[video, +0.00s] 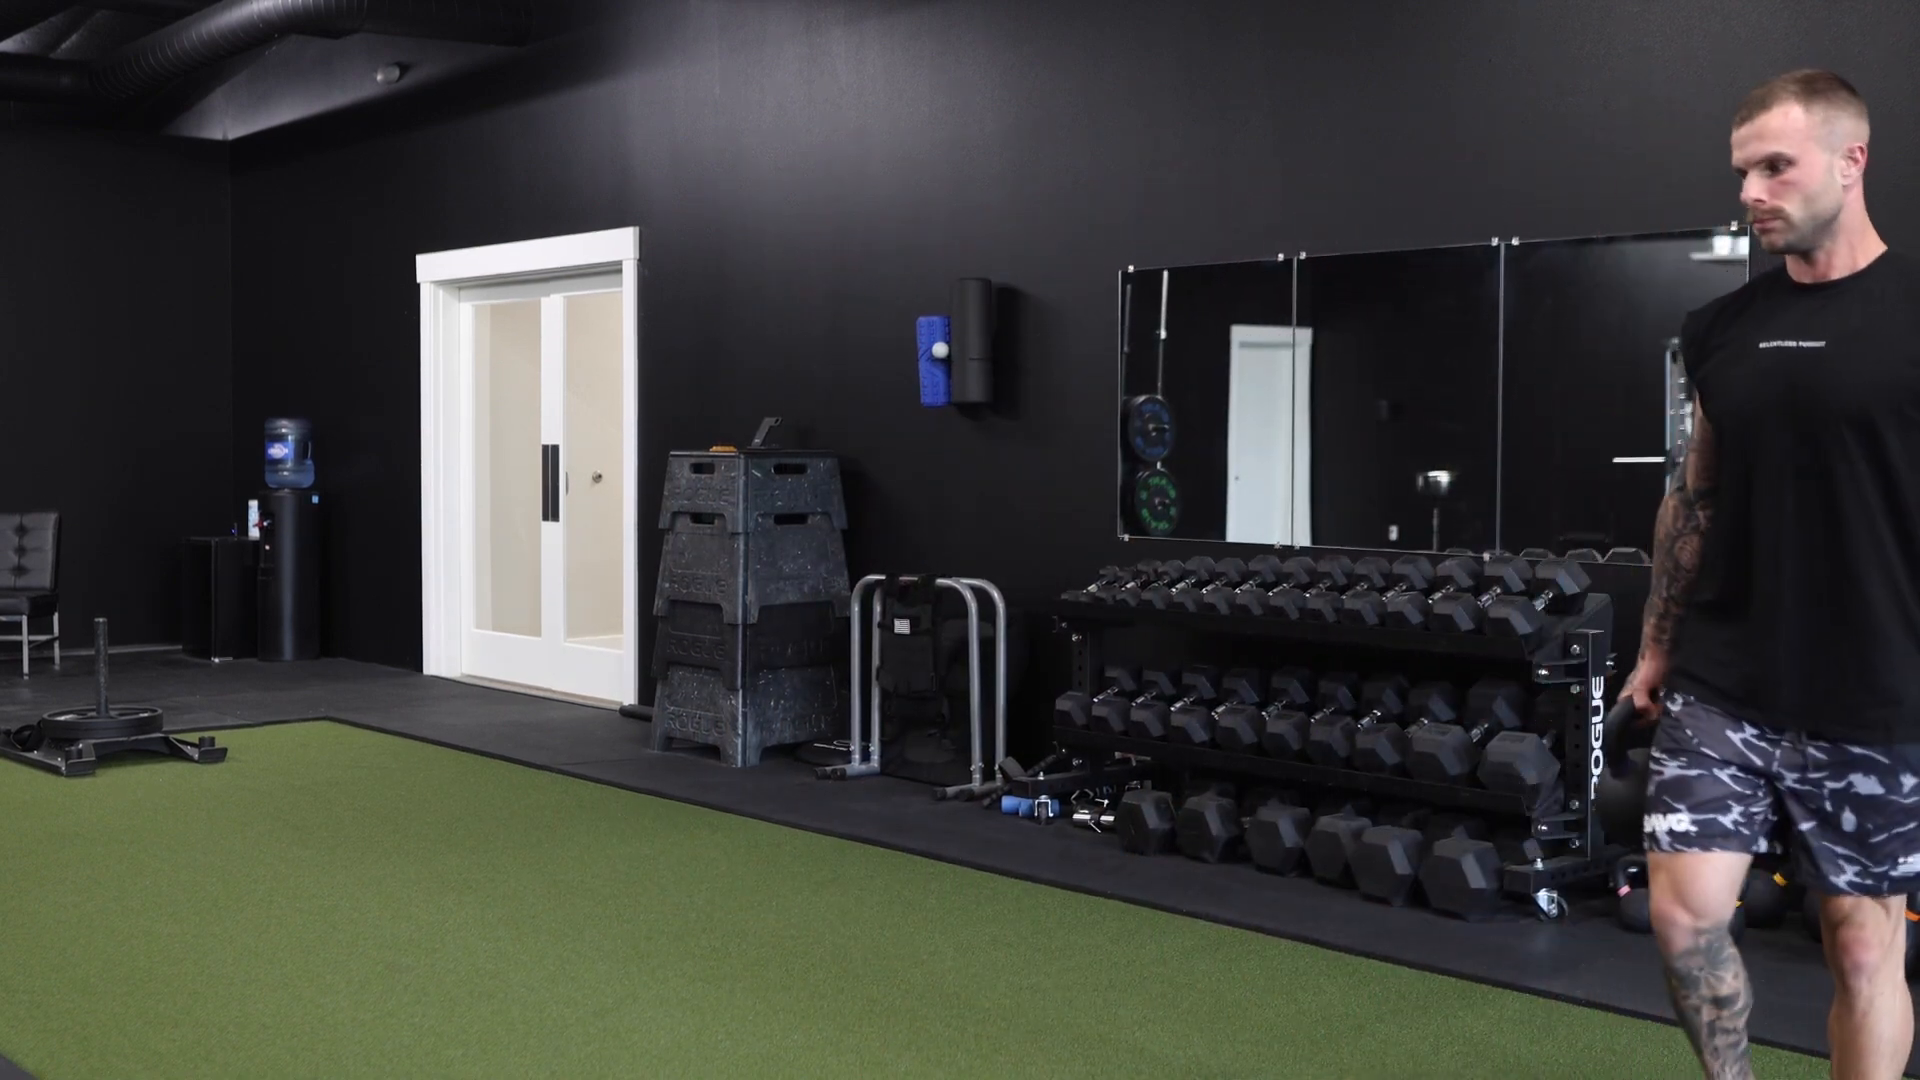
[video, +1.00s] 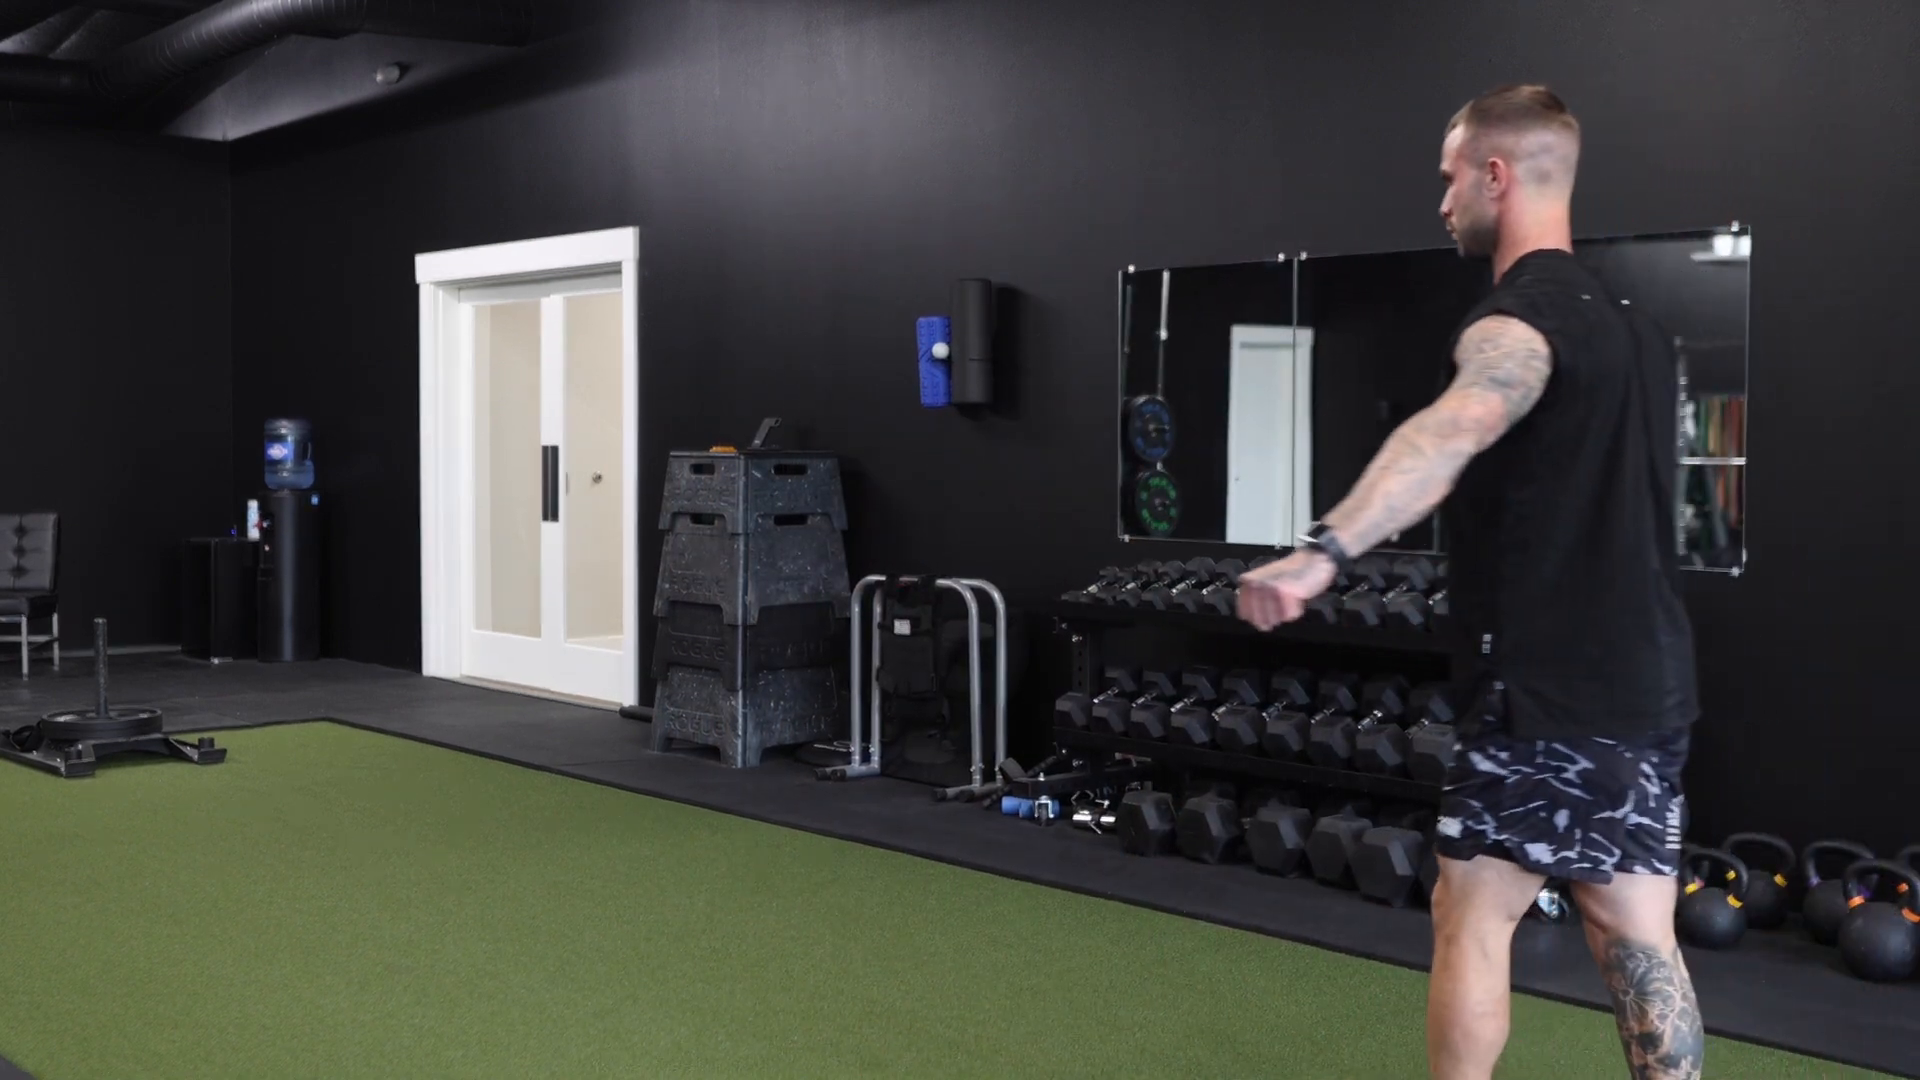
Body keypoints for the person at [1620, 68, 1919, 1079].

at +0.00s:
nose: (1751, 192)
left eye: (1776, 167)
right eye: (1742, 172)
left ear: (1853, 164)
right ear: (1738, 178)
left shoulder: (1907, 312)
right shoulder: (1725, 327)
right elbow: (1694, 494)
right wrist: (1655, 644)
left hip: (1873, 693)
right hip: (1722, 681)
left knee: (1863, 951)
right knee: (1683, 918)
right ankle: (1729, 1073)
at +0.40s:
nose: (1606, 193)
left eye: (1627, 170)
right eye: (1609, 171)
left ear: (1703, 172)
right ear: (1694, 176)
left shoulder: (1793, 326)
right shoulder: (1673, 323)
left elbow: (1864, 445)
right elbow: (1695, 502)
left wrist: (1859, 574)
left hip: (1784, 700)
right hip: (1674, 692)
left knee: (1807, 958)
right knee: (1667, 931)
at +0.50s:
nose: (1569, 192)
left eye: (1586, 170)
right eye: (1570, 171)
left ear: (1658, 173)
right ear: (1654, 176)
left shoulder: (1739, 321)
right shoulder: (1649, 321)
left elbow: (1778, 443)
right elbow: (1672, 494)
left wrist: (1747, 567)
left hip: (1750, 693)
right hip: (1667, 686)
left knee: (1734, 950)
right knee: (1662, 931)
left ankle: (1820, 1071)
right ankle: (1689, 1077)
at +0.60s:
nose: (1540, 195)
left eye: (1556, 172)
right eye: (1542, 173)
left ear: (1620, 175)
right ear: (1624, 177)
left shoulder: (1692, 310)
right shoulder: (1640, 310)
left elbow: (1703, 445)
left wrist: (1639, 568)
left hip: (1713, 692)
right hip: (1682, 687)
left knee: (1630, 932)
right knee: (1685, 942)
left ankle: (1767, 1071)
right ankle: (1690, 1072)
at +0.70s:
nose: (1517, 197)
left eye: (1529, 174)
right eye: (1518, 175)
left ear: (1592, 174)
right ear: (1598, 176)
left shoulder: (1651, 308)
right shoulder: (1652, 297)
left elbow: (1630, 447)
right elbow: (1654, 469)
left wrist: (1546, 567)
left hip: (1672, 674)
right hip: (1701, 671)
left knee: (1546, 908)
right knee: (1677, 922)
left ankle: (1690, 1069)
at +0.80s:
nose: (1494, 199)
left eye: (1504, 174)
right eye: (1495, 176)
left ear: (1564, 174)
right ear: (1597, 177)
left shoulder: (1609, 307)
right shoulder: (1678, 304)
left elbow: (1571, 434)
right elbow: (1708, 472)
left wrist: (1464, 562)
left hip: (1644, 675)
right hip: (1706, 671)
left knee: (1508, 892)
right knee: (1665, 934)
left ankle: (1580, 1071)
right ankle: (1684, 1075)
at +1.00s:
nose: (1442, 202)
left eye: (1450, 180)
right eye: (1443, 180)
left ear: (1499, 179)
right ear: (1542, 183)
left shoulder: (1523, 315)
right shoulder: (1639, 327)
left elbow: (1458, 425)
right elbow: (1650, 503)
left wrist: (1323, 551)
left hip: (1541, 683)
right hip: (1647, 681)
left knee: (1472, 924)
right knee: (1638, 939)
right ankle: (1673, 1079)